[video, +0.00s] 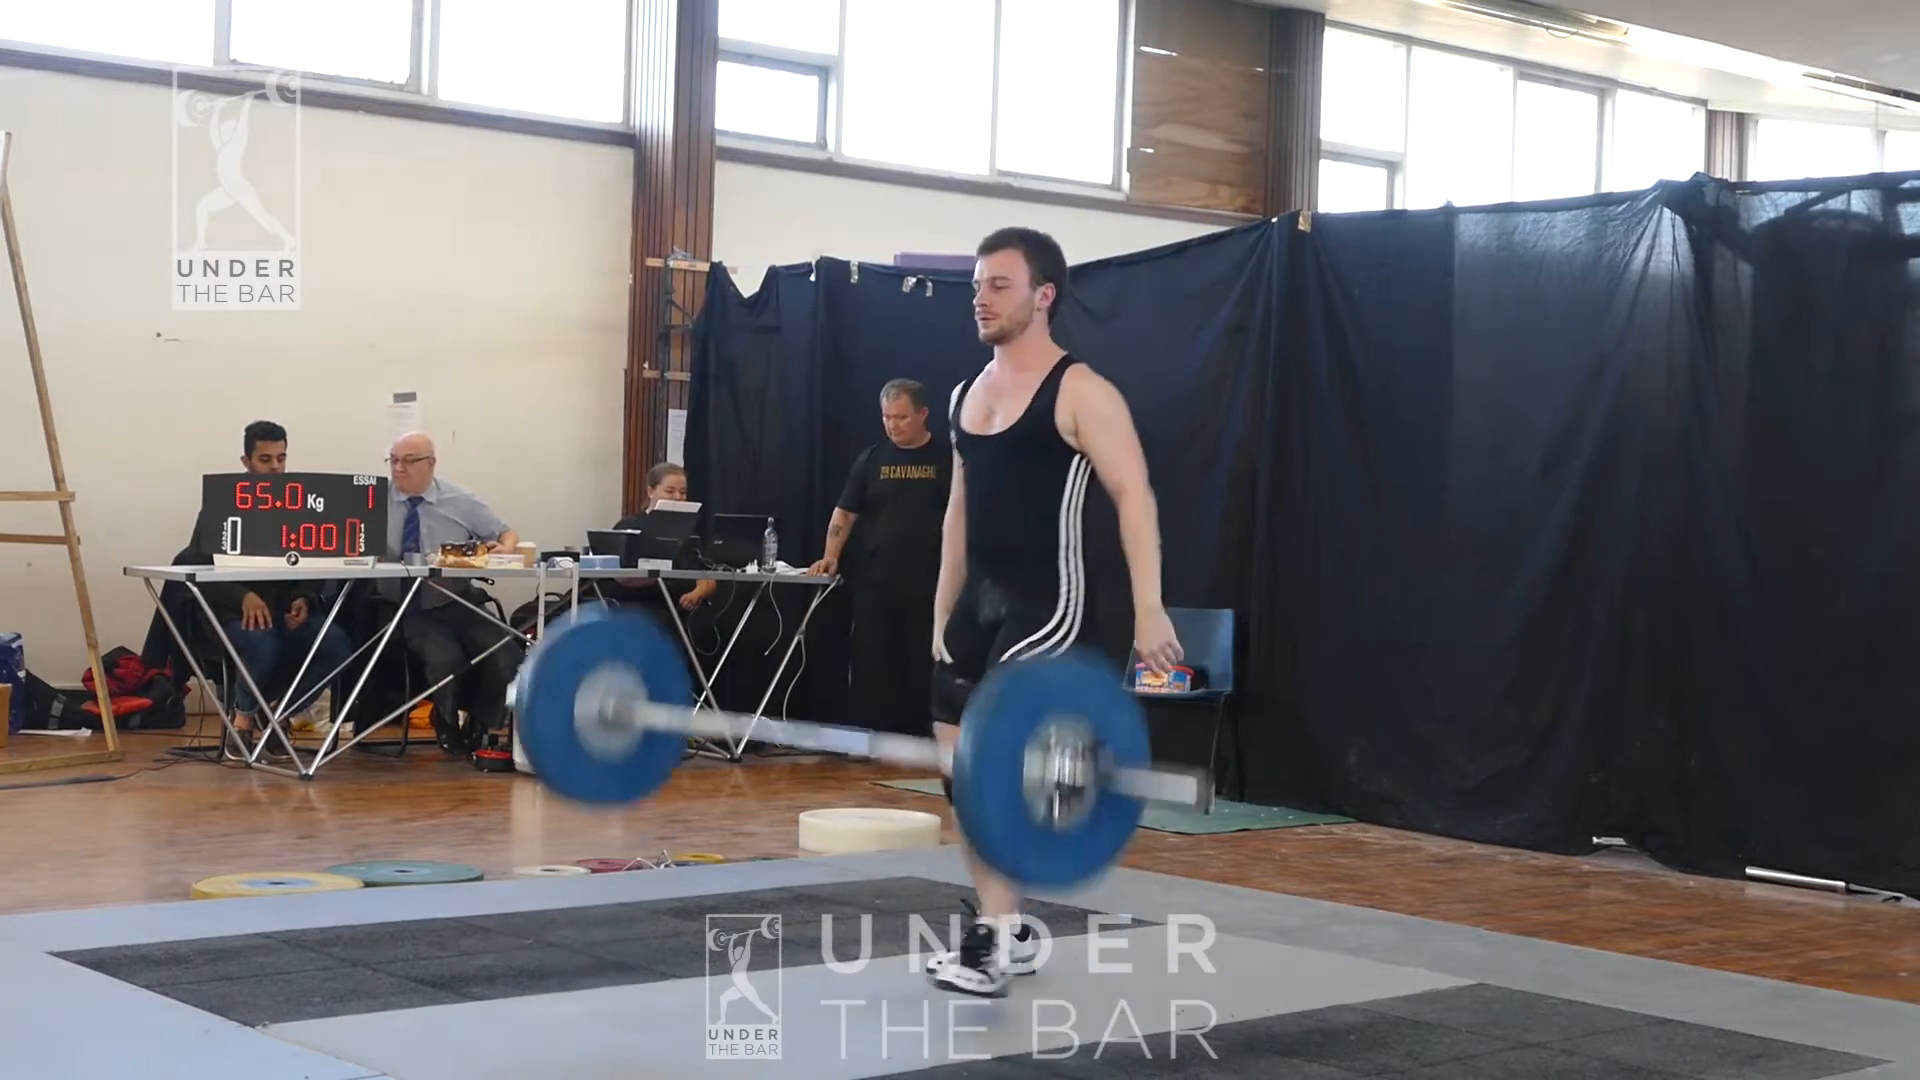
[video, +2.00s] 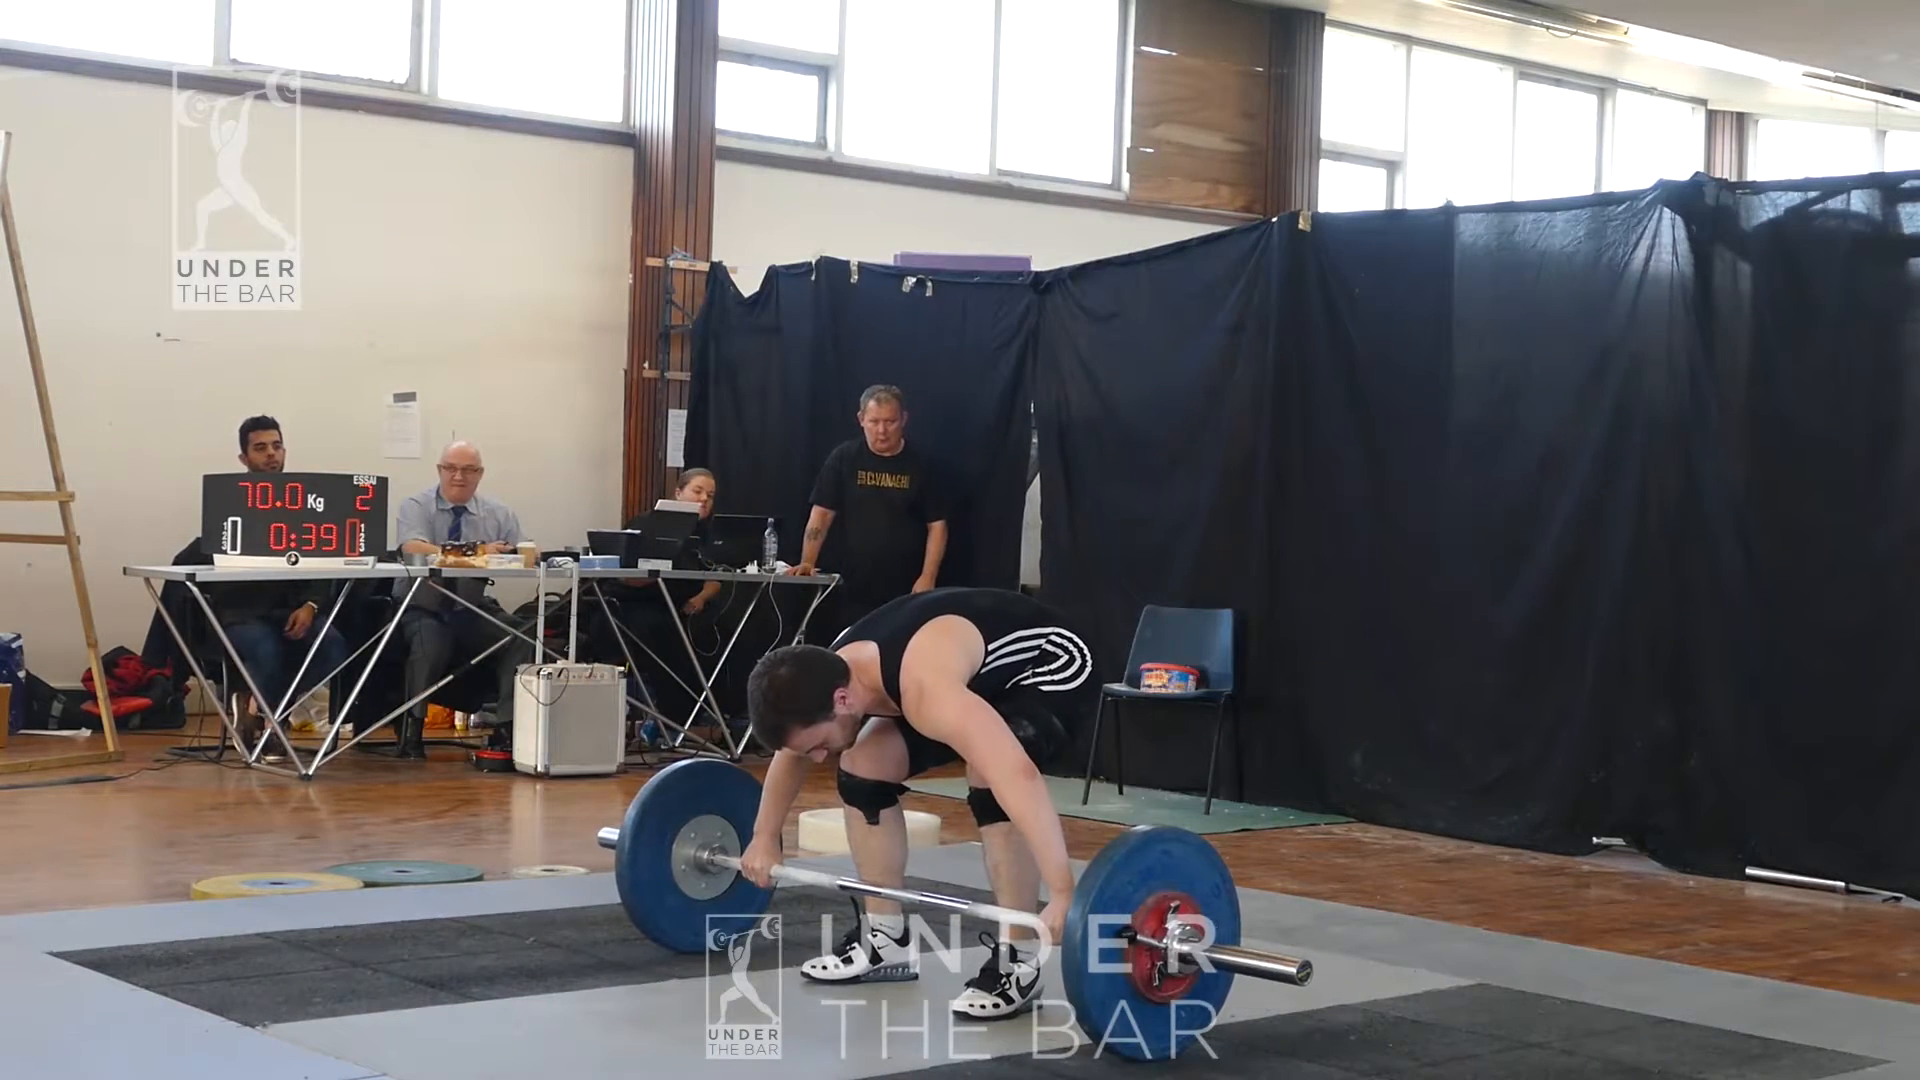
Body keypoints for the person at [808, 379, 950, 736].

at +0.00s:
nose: (892, 425)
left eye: (900, 417)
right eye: (886, 418)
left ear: (923, 415)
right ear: (881, 417)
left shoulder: (949, 459)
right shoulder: (871, 460)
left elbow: (962, 518)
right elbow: (843, 515)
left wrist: (957, 571)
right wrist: (831, 555)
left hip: (929, 579)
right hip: (875, 578)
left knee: (923, 665)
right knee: (873, 666)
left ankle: (923, 747)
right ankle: (873, 746)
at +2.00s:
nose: (882, 430)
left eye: (889, 422)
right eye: (874, 422)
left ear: (904, 420)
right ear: (861, 420)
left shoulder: (922, 465)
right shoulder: (843, 459)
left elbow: (937, 527)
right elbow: (822, 514)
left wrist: (928, 577)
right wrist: (807, 562)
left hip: (902, 586)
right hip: (851, 582)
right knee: (849, 665)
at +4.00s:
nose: (894, 427)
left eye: (902, 418)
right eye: (886, 418)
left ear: (916, 417)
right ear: (874, 418)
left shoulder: (936, 463)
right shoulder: (855, 458)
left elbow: (954, 522)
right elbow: (819, 493)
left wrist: (946, 575)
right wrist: (836, 545)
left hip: (918, 582)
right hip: (862, 581)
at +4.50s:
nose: (899, 425)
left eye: (908, 417)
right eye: (892, 417)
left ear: (922, 418)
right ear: (879, 416)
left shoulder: (941, 464)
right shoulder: (854, 460)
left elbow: (955, 524)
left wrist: (948, 579)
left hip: (924, 579)